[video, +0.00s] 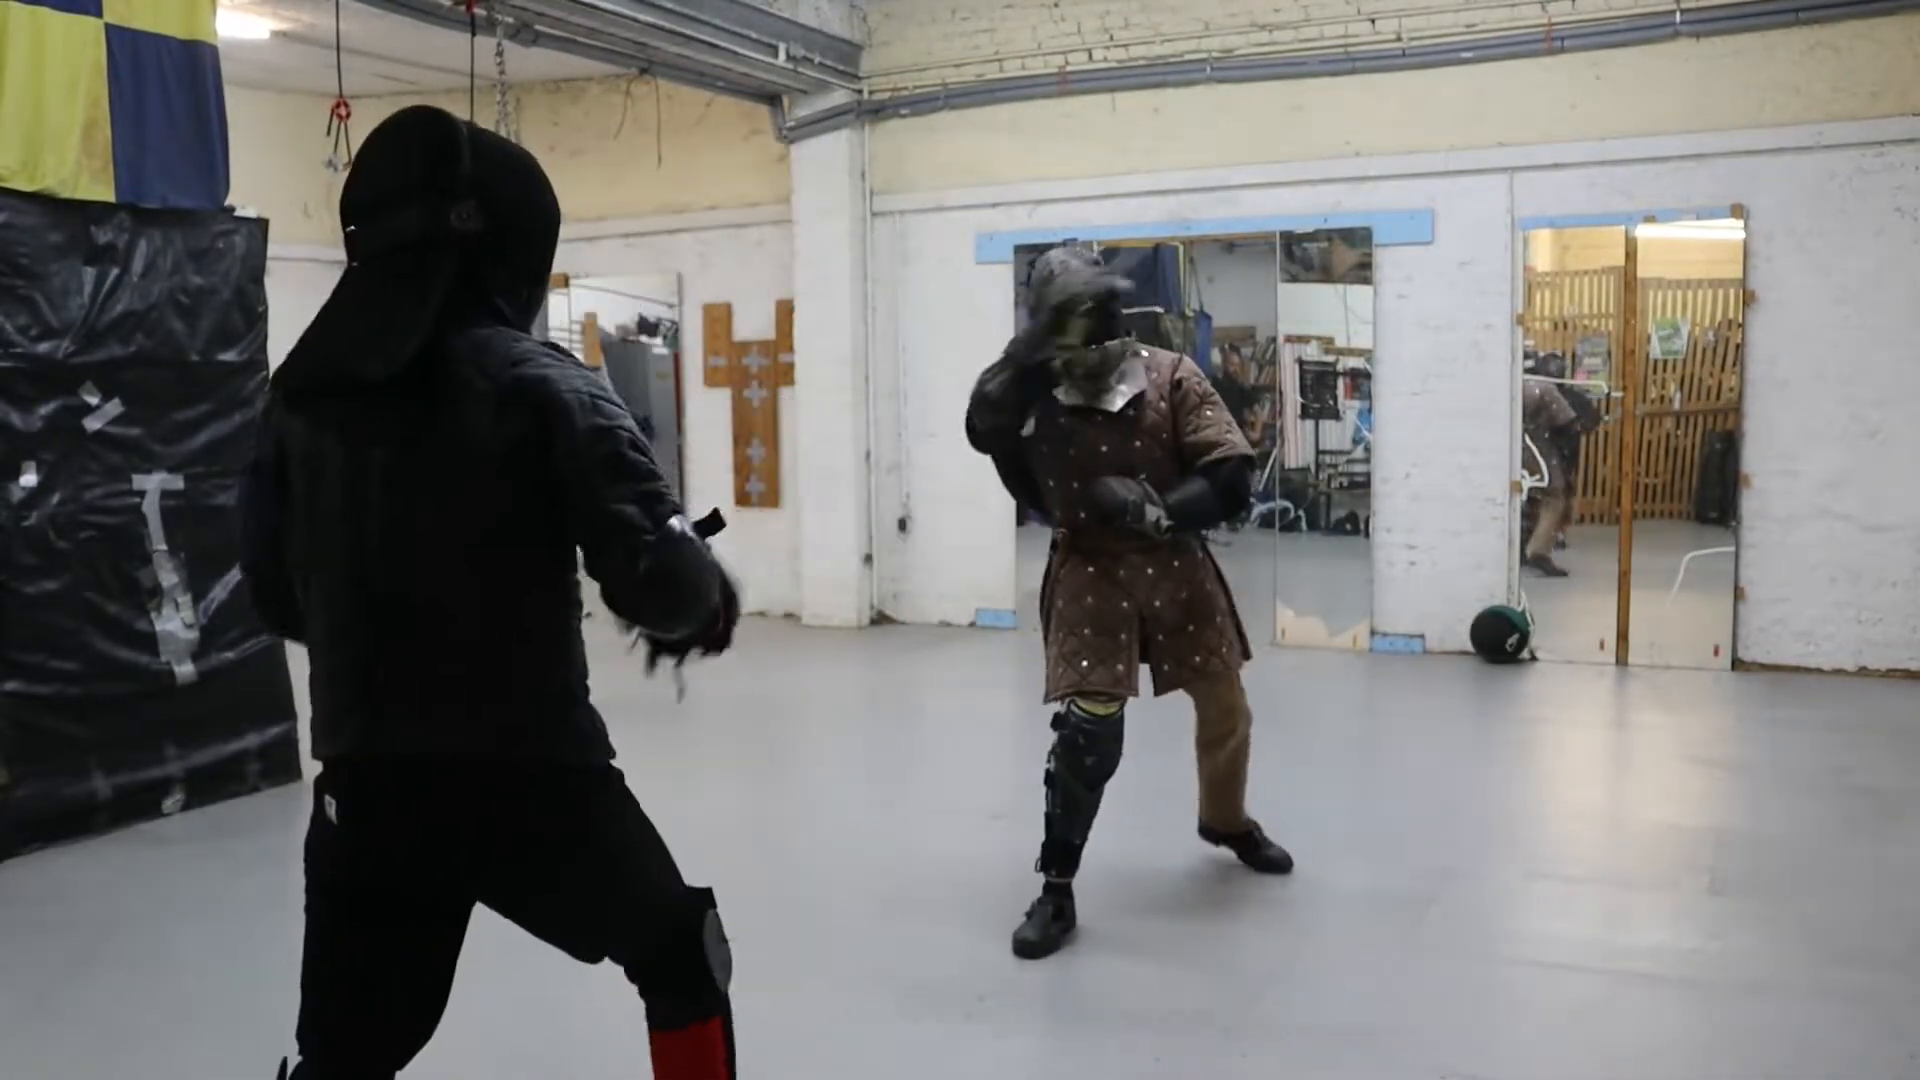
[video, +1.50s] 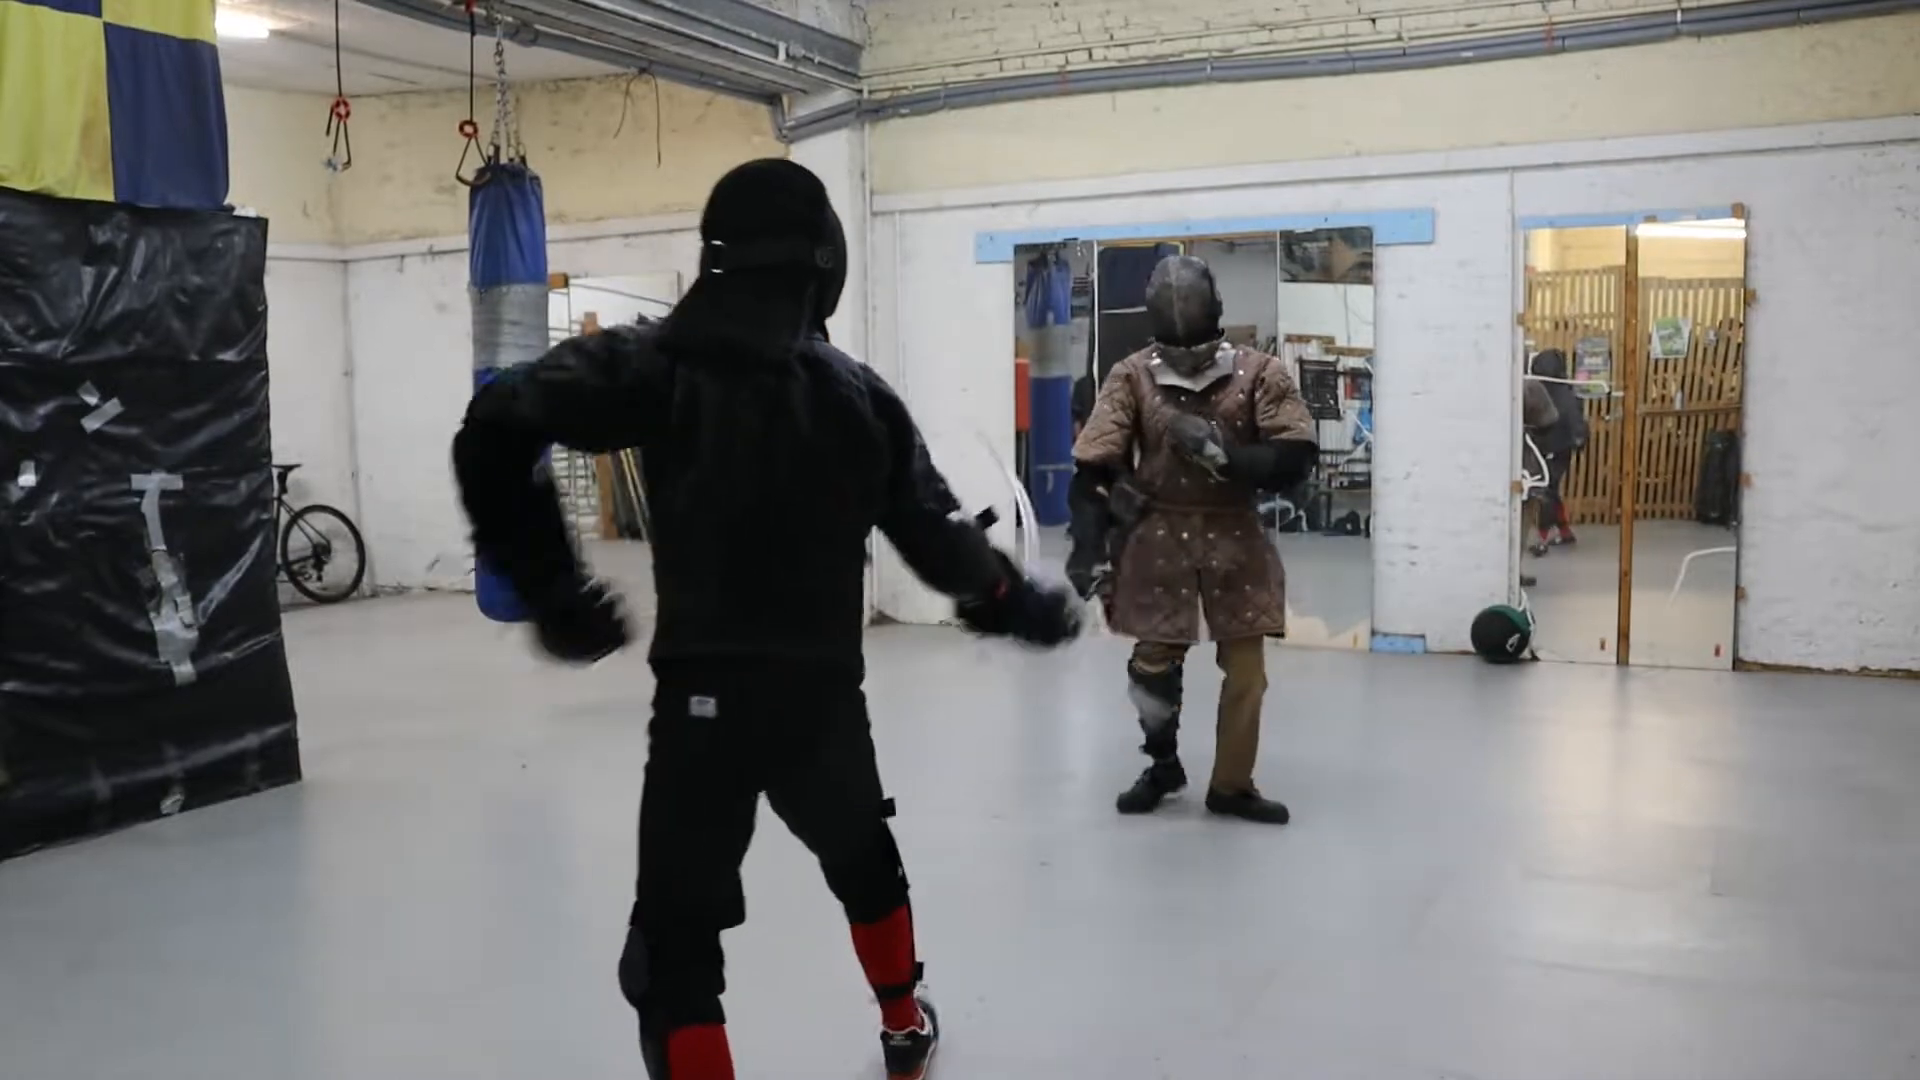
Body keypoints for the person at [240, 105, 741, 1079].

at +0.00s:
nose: (546, 269)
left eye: (543, 245)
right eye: (540, 247)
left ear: (371, 247)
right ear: (510, 251)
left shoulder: (301, 395)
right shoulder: (545, 389)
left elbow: (276, 591)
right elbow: (658, 584)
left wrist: (389, 621)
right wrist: (706, 598)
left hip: (373, 794)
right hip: (537, 787)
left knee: (337, 1057)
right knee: (679, 954)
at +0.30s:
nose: (629, 272)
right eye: (616, 251)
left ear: (468, 269)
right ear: (599, 266)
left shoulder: (407, 425)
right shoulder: (646, 396)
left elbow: (411, 535)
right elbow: (835, 421)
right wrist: (906, 363)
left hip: (476, 797)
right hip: (631, 794)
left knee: (399, 1048)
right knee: (738, 948)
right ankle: (782, 1069)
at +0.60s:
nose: (714, 267)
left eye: (709, 244)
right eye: (705, 245)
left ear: (563, 251)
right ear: (679, 254)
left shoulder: (478, 396)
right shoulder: (721, 394)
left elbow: (439, 580)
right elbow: (829, 573)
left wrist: (556, 589)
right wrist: (887, 527)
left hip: (535, 751)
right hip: (687, 748)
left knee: (480, 994)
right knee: (768, 922)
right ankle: (796, 1070)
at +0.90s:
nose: (746, 272)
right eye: (738, 254)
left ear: (607, 264)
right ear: (730, 268)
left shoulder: (538, 399)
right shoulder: (765, 415)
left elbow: (389, 507)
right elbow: (860, 591)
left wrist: (522, 483)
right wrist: (892, 521)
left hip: (588, 756)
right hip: (729, 752)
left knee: (534, 996)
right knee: (785, 911)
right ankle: (795, 1071)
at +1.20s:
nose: (786, 256)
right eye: (780, 237)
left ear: (658, 238)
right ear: (770, 242)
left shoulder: (593, 361)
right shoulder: (813, 372)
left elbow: (454, 505)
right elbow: (897, 531)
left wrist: (493, 601)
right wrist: (954, 640)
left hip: (653, 698)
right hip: (785, 696)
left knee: (641, 938)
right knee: (808, 876)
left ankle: (682, 1071)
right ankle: (805, 1067)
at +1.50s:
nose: (831, 278)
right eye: (828, 261)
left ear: (716, 260)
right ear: (820, 267)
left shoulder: (659, 365)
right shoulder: (858, 396)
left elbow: (495, 425)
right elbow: (938, 542)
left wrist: (560, 597)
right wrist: (1019, 601)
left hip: (701, 701)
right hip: (819, 700)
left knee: (678, 933)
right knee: (865, 861)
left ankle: (696, 1074)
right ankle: (905, 1032)